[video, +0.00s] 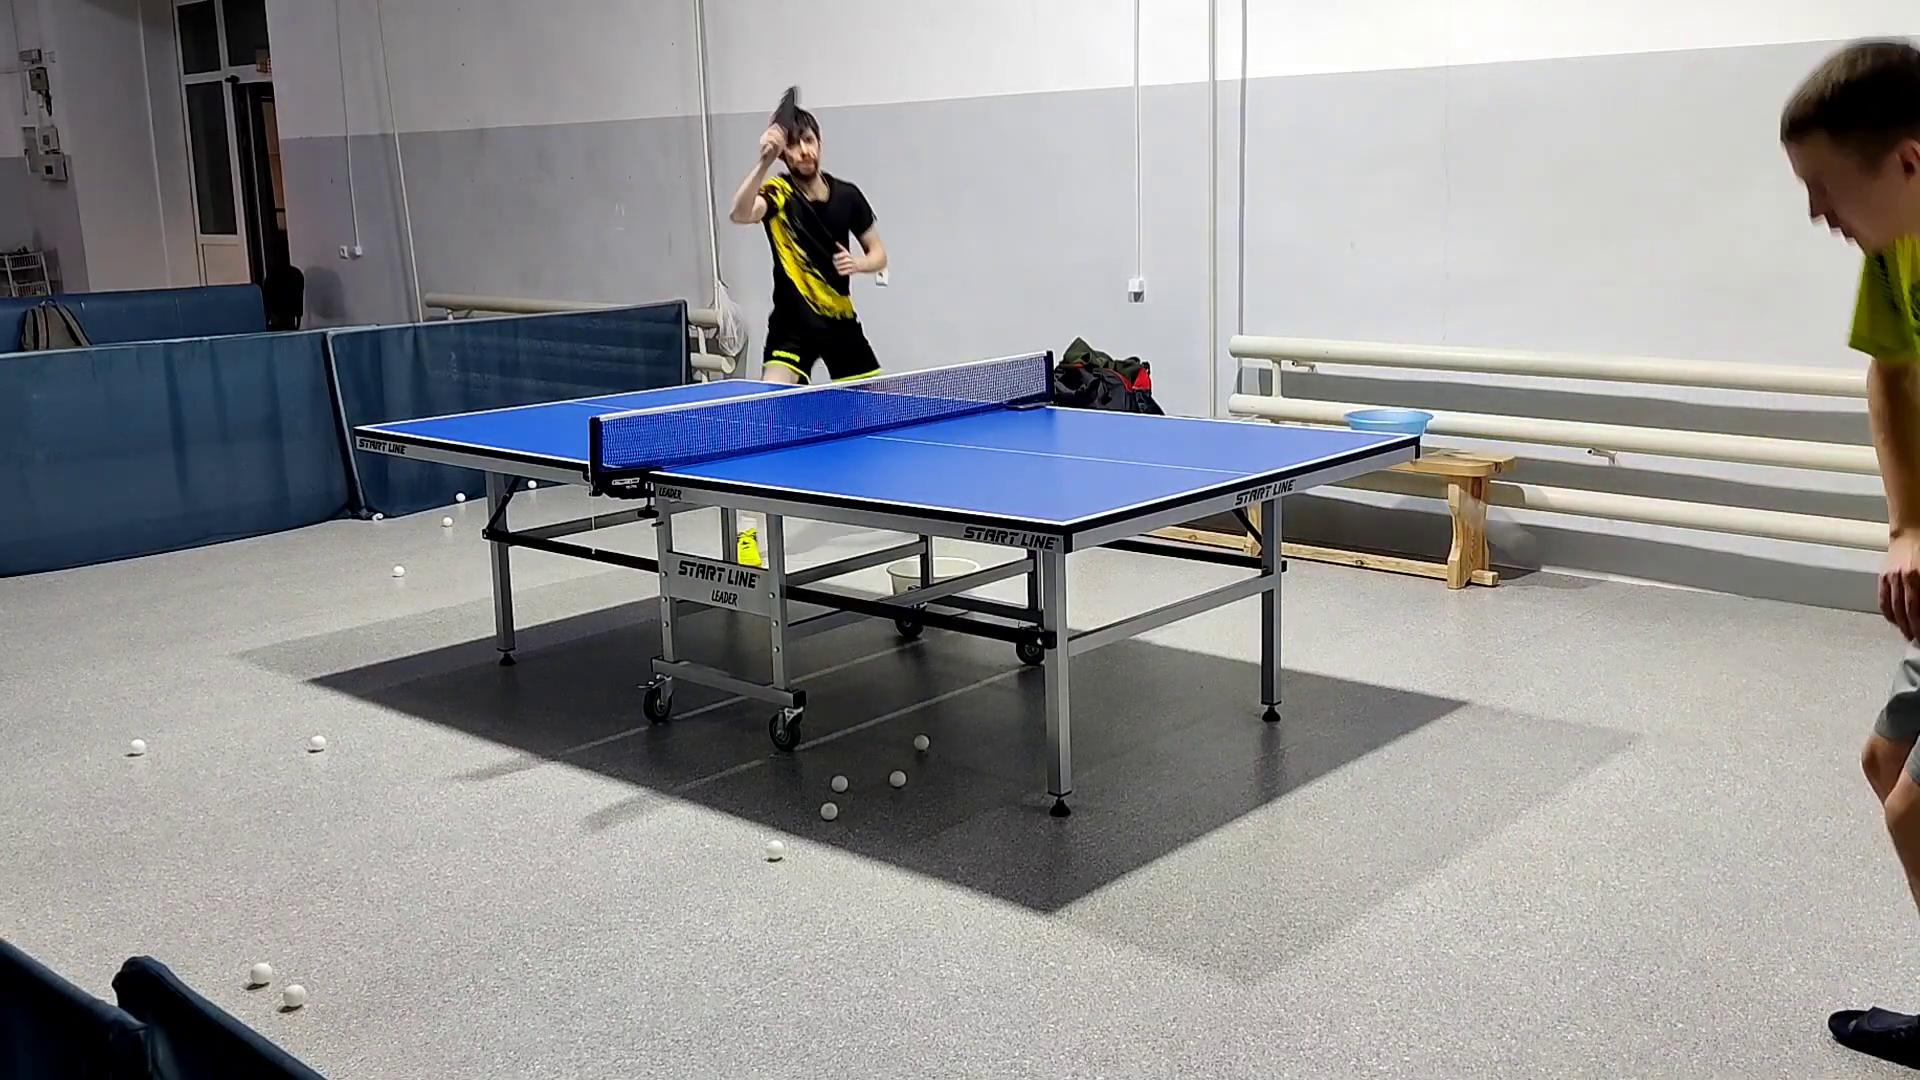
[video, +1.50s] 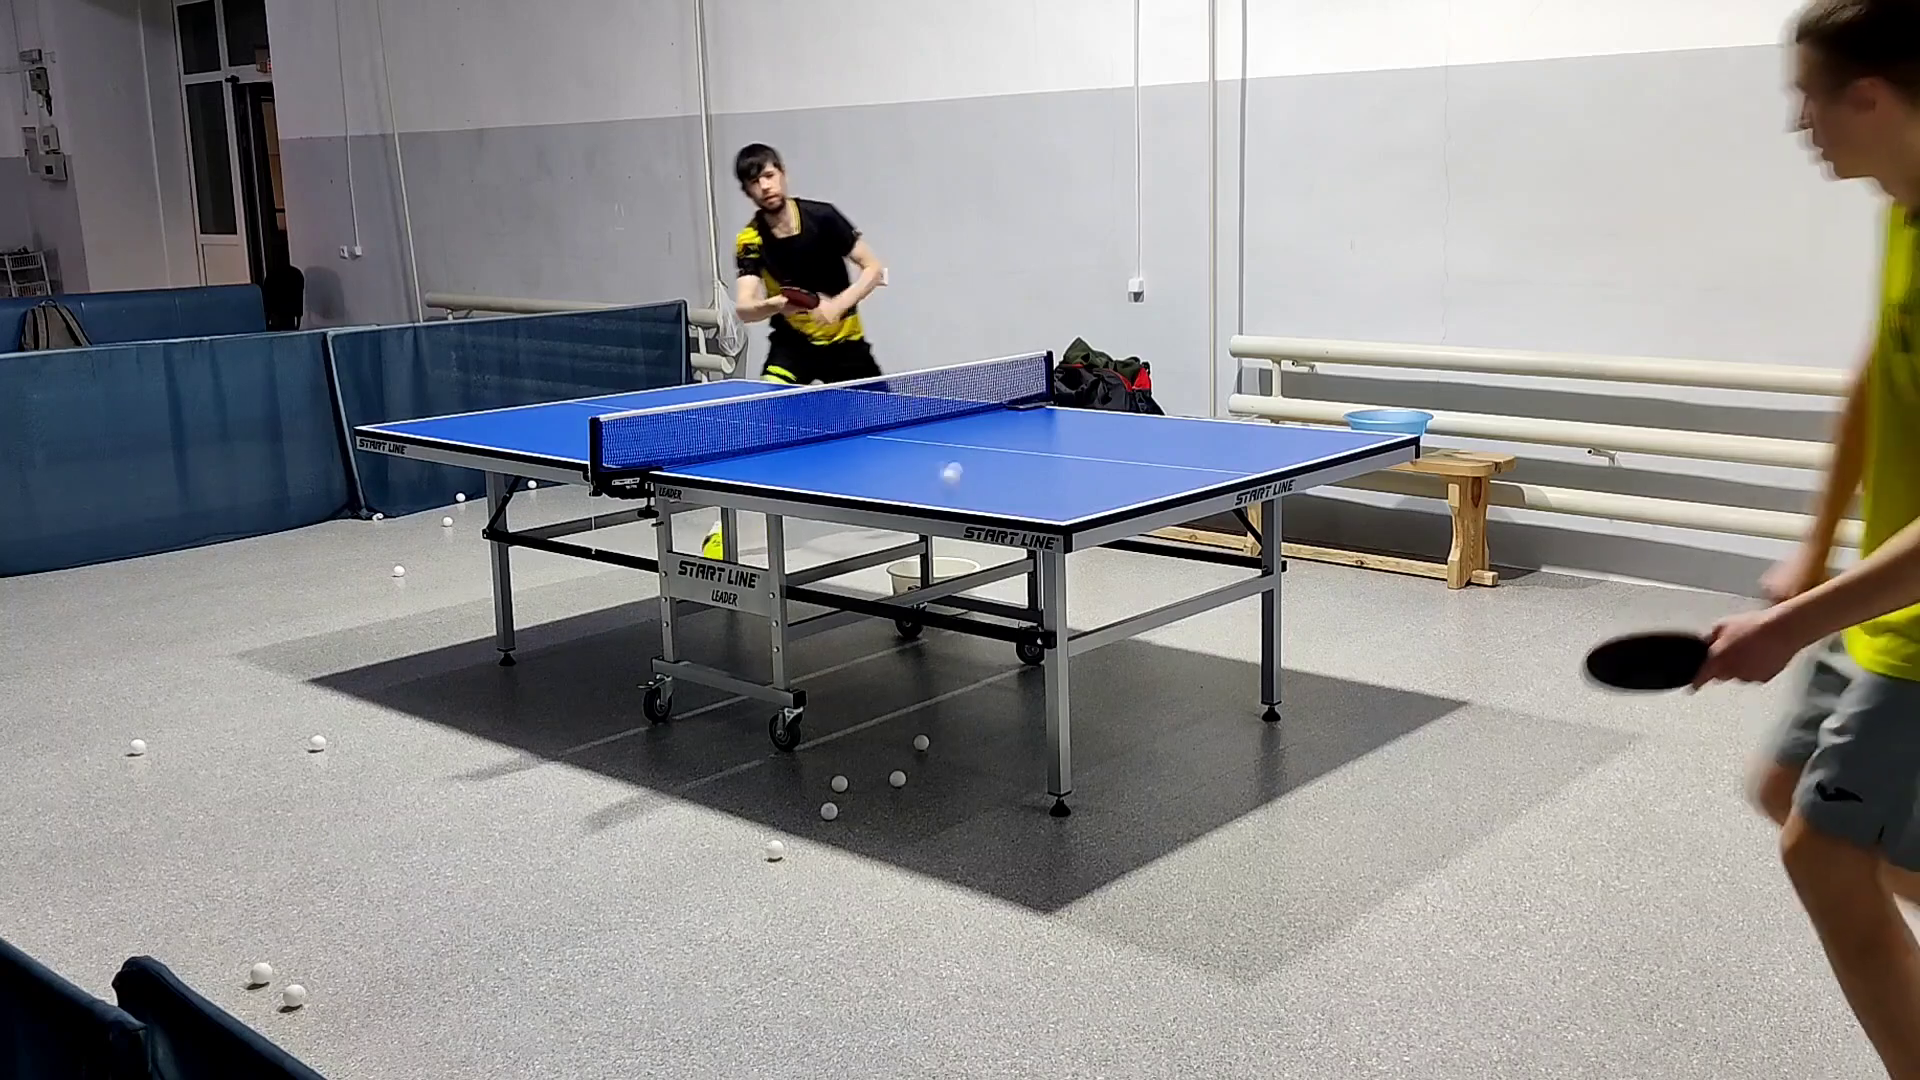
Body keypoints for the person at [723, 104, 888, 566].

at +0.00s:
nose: (803, 152)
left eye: (809, 141)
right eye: (793, 145)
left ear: (820, 143)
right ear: (782, 152)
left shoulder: (846, 196)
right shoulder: (776, 193)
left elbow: (878, 256)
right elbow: (740, 213)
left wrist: (858, 263)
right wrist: (764, 162)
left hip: (841, 325)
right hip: (792, 324)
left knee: (883, 418)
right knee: (768, 414)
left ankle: (908, 539)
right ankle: (749, 530)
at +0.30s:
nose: (785, 159)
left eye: (791, 149)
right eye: (775, 153)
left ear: (803, 150)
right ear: (762, 160)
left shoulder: (829, 203)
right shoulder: (755, 207)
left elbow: (869, 266)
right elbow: (729, 277)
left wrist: (841, 280)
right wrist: (743, 246)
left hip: (819, 333)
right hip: (772, 334)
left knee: (871, 409)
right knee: (758, 421)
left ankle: (886, 508)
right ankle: (743, 531)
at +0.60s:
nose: (759, 187)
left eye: (764, 176)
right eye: (749, 181)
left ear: (778, 172)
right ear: (741, 186)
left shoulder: (810, 205)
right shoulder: (749, 233)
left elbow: (819, 254)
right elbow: (744, 296)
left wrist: (748, 253)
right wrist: (740, 333)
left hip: (856, 325)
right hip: (805, 331)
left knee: (893, 415)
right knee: (778, 419)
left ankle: (908, 508)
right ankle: (774, 528)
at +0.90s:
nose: (760, 217)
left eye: (765, 205)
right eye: (752, 210)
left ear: (784, 197)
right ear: (749, 214)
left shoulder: (824, 226)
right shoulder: (770, 253)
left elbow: (836, 299)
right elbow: (766, 321)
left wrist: (781, 281)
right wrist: (737, 315)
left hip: (884, 339)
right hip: (836, 341)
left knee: (903, 432)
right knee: (792, 413)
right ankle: (773, 525)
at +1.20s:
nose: (794, 186)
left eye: (799, 175)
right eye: (785, 180)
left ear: (815, 170)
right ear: (779, 186)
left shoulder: (856, 209)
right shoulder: (785, 228)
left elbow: (887, 277)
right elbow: (778, 292)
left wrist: (826, 269)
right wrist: (789, 265)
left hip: (882, 329)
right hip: (830, 332)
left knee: (914, 420)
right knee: (799, 413)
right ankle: (775, 520)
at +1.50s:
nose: (766, 186)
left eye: (770, 175)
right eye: (755, 181)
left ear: (783, 175)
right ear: (747, 192)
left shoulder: (824, 217)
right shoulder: (752, 240)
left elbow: (874, 269)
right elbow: (744, 310)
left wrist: (839, 304)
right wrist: (775, 305)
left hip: (845, 344)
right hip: (792, 348)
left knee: (889, 422)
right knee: (758, 424)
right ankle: (726, 526)